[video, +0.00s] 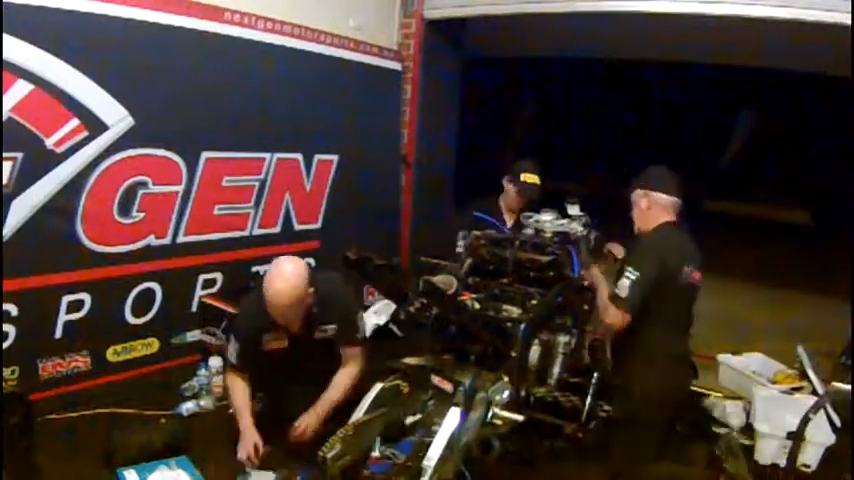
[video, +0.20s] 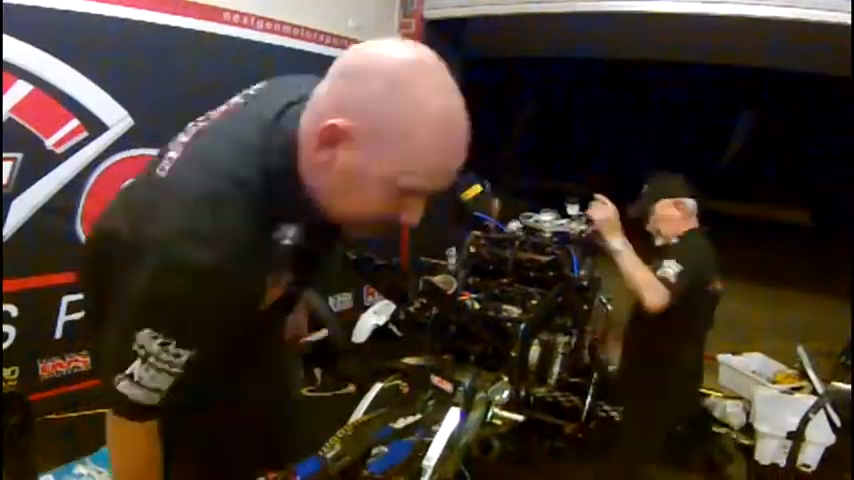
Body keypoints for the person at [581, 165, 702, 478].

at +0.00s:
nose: (631, 215)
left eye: (634, 205)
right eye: (632, 206)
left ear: (646, 202)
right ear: (672, 206)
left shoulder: (650, 248)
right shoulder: (686, 246)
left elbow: (615, 318)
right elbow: (662, 299)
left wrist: (599, 281)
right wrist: (626, 260)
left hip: (642, 379)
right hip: (675, 375)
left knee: (627, 463)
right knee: (653, 460)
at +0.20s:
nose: (648, 222)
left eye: (653, 212)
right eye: (649, 214)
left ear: (678, 210)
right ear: (678, 211)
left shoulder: (691, 251)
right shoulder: (683, 249)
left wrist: (615, 237)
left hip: (659, 396)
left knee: (639, 469)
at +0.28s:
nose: (646, 196)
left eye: (653, 190)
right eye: (650, 189)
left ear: (670, 198)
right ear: (675, 202)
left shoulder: (661, 246)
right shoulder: (685, 248)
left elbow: (589, 273)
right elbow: (650, 285)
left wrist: (583, 227)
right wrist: (627, 249)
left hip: (626, 376)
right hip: (652, 374)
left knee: (603, 461)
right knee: (621, 459)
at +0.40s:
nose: (649, 206)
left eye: (657, 198)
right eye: (652, 198)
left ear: (679, 203)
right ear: (679, 205)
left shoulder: (672, 250)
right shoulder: (692, 245)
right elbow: (656, 293)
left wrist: (598, 264)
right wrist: (614, 261)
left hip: (650, 384)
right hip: (675, 380)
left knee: (621, 460)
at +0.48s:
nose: (650, 222)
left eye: (657, 214)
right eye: (652, 216)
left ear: (677, 217)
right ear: (680, 220)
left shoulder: (680, 246)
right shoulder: (686, 249)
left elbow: (633, 277)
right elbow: (635, 279)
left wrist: (599, 239)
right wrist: (602, 245)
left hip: (668, 384)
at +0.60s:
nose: (614, 298)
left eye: (612, 290)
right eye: (612, 291)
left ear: (621, 280)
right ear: (643, 270)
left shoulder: (631, 306)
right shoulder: (671, 284)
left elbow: (605, 385)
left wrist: (581, 454)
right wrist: (651, 403)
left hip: (694, 402)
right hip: (723, 392)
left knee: (648, 465)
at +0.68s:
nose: (651, 205)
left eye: (657, 197)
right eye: (653, 197)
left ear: (678, 202)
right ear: (682, 203)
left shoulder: (668, 250)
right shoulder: (694, 247)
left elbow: (624, 318)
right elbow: (662, 302)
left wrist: (610, 276)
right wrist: (624, 269)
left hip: (640, 384)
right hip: (665, 380)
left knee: (615, 464)